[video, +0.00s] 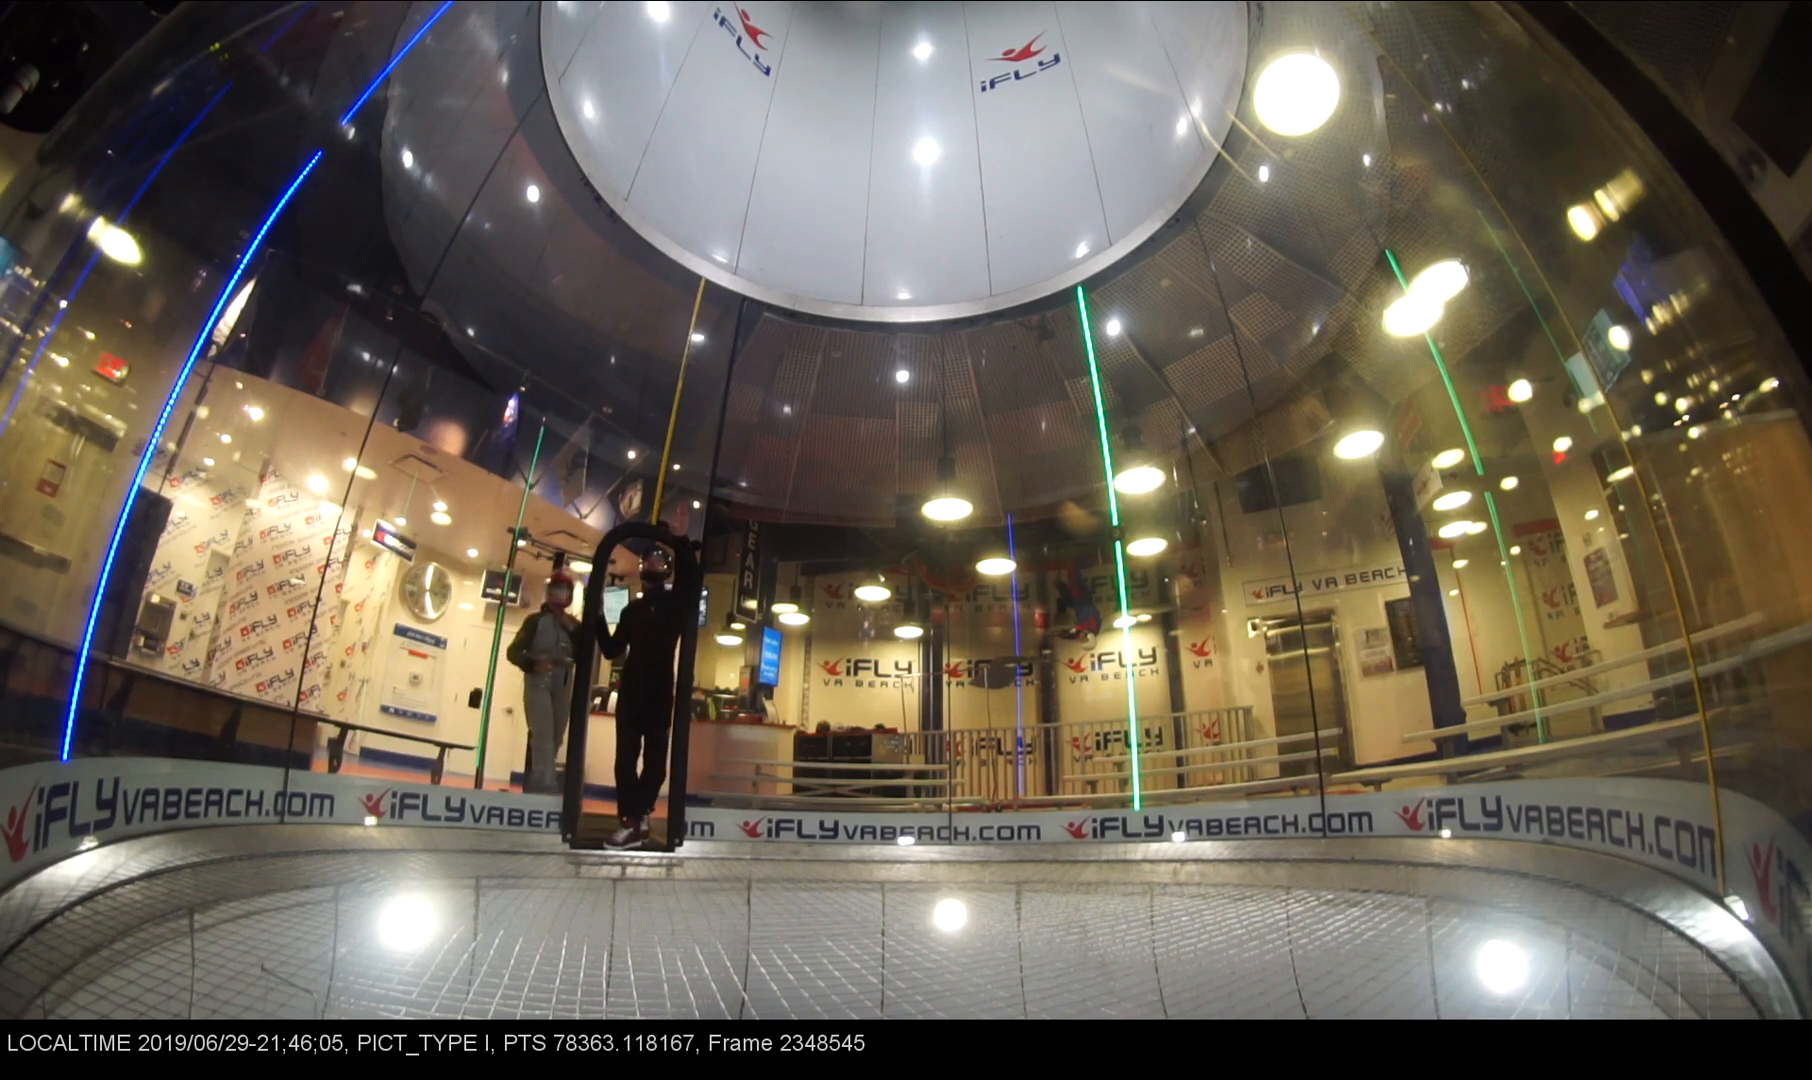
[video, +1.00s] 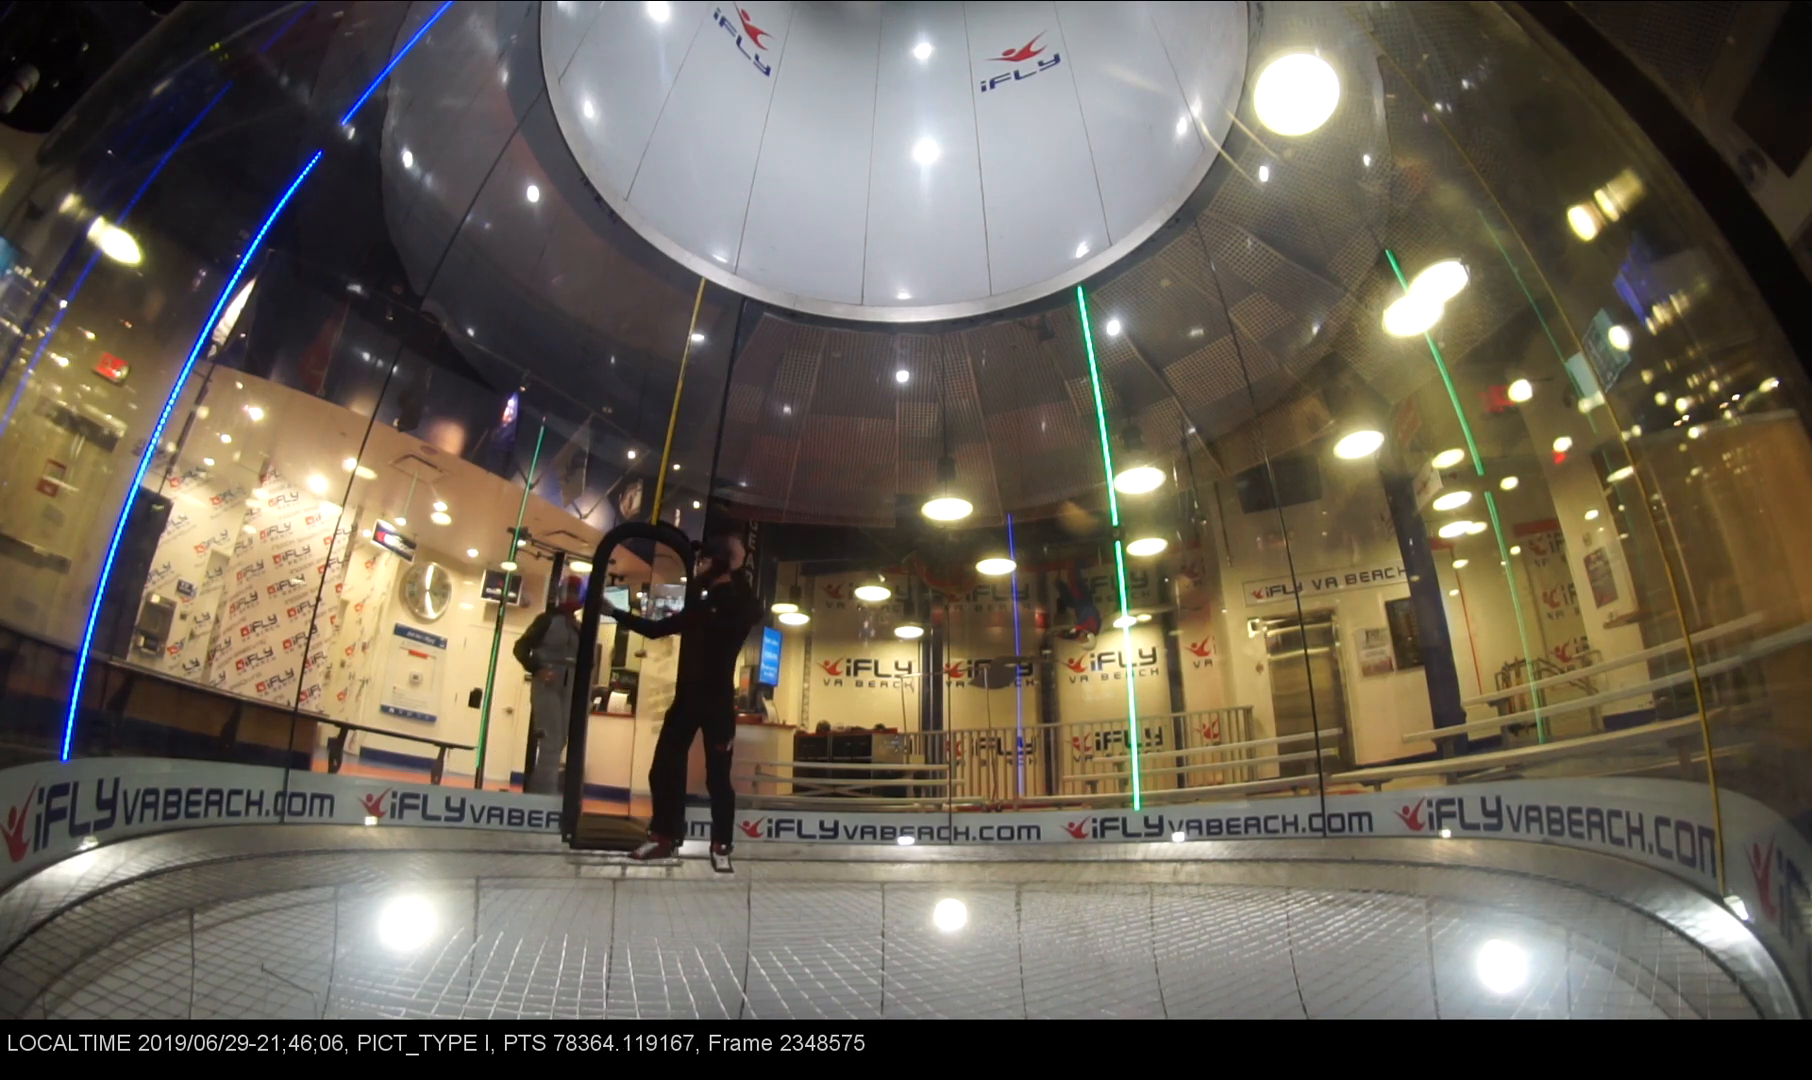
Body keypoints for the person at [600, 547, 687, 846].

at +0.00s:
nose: (650, 571)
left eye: (657, 567)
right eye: (646, 566)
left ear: (667, 576)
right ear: (642, 576)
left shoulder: (675, 603)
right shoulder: (632, 611)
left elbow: (690, 582)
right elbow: (611, 650)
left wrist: (681, 544)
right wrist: (597, 616)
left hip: (660, 685)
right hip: (632, 685)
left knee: (655, 758)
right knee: (626, 756)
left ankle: (642, 815)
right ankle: (630, 823)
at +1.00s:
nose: (700, 570)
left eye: (705, 564)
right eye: (700, 565)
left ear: (718, 568)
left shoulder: (741, 605)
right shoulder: (700, 608)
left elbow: (752, 610)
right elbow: (655, 629)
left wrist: (736, 575)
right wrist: (614, 612)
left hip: (718, 699)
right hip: (687, 697)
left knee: (718, 778)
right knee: (664, 770)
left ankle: (721, 847)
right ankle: (664, 840)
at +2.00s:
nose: (698, 533)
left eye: (707, 526)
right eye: (694, 525)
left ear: (722, 533)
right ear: (687, 532)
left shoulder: (734, 582)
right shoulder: (685, 586)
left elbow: (755, 616)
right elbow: (681, 637)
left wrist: (697, 631)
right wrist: (659, 645)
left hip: (715, 695)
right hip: (680, 692)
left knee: (695, 792)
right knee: (661, 789)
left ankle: (726, 849)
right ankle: (676, 872)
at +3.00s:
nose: (742, 325)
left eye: (755, 320)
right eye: (730, 316)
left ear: (770, 343)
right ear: (707, 333)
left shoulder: (785, 425)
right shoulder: (676, 395)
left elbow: (834, 504)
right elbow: (652, 322)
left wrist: (763, 434)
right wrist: (669, 225)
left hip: (742, 612)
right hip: (664, 606)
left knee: (747, 782)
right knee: (656, 779)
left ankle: (725, 872)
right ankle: (649, 943)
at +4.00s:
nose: (909, 129)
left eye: (922, 117)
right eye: (886, 124)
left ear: (950, 146)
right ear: (860, 161)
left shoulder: (1009, 256)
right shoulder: (835, 245)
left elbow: (1127, 352)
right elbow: (747, 346)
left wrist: (1017, 284)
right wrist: (871, 270)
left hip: (985, 521)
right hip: (858, 521)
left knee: (1025, 795)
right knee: (814, 753)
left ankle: (1013, 1011)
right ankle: (779, 954)